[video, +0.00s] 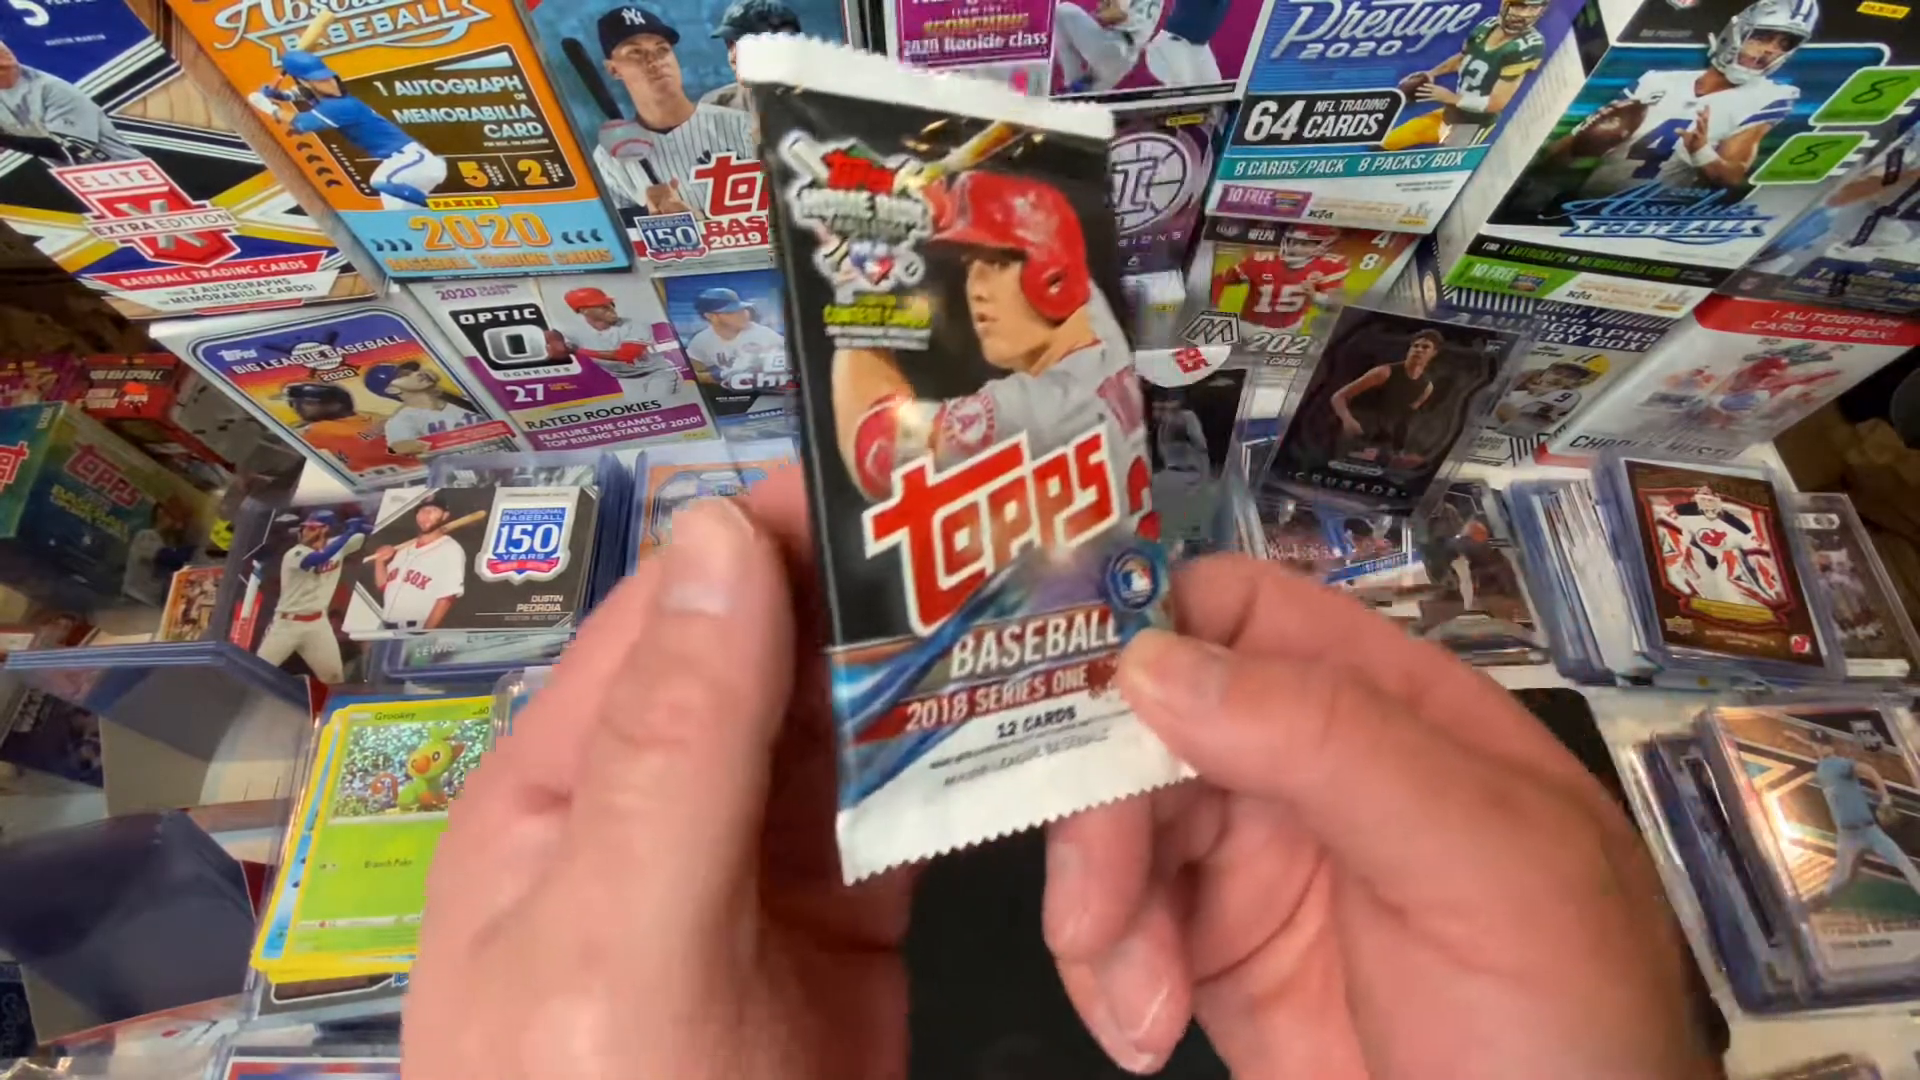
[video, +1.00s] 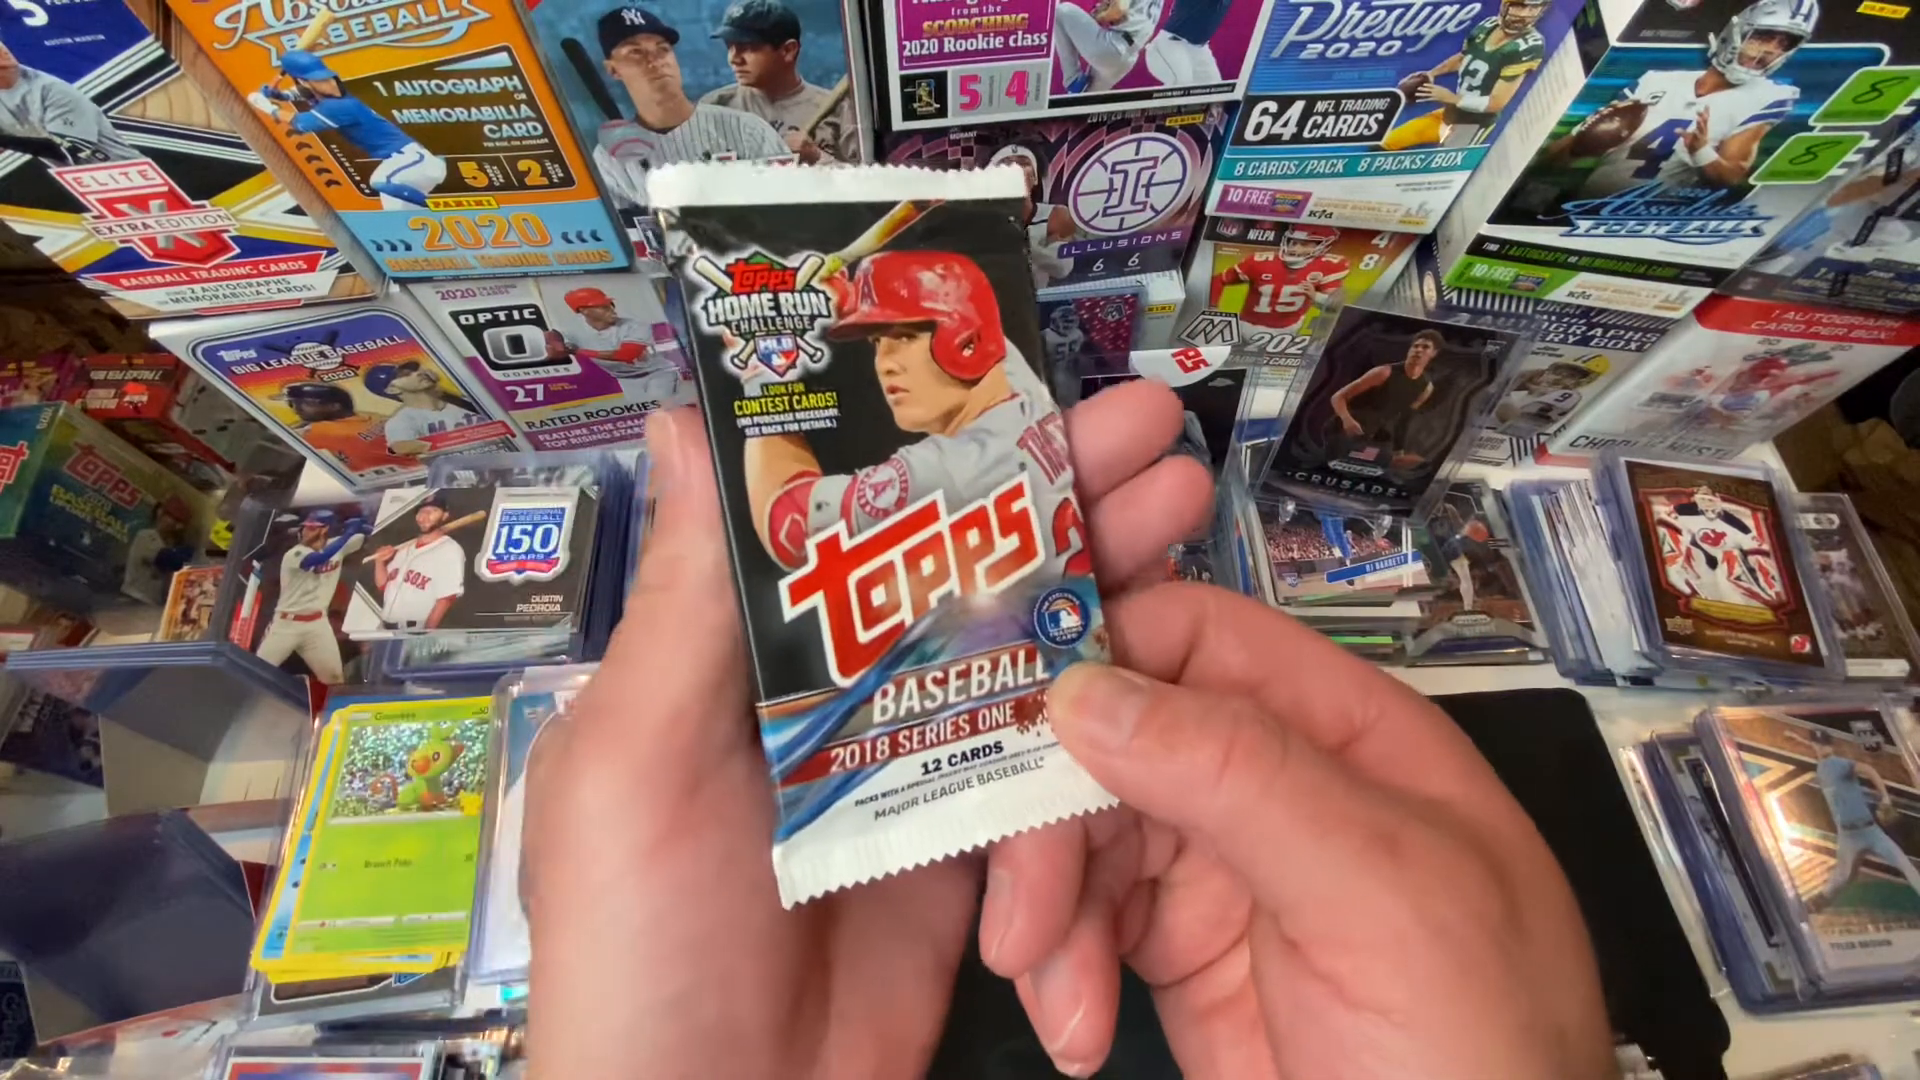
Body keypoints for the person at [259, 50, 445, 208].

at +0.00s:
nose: (330, 80)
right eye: (322, 78)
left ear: (310, 83)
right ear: (308, 83)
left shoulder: (343, 107)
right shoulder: (332, 102)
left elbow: (298, 123)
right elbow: (303, 92)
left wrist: (271, 109)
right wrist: (278, 95)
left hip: (415, 159)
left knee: (381, 179)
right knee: (399, 219)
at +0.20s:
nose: (331, 81)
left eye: (328, 77)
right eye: (323, 79)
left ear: (309, 83)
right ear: (306, 84)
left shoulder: (344, 106)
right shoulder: (332, 103)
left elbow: (300, 123)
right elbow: (302, 93)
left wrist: (272, 110)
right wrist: (278, 95)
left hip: (415, 158)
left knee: (381, 179)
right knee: (398, 222)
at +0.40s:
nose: (329, 80)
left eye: (327, 76)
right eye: (321, 78)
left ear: (308, 83)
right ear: (306, 83)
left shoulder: (343, 106)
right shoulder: (331, 102)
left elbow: (300, 123)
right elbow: (301, 92)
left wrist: (272, 110)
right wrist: (276, 94)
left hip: (415, 158)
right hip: (405, 166)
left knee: (381, 179)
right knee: (398, 222)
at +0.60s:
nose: (331, 80)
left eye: (328, 76)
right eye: (322, 78)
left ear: (309, 82)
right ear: (307, 83)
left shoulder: (343, 106)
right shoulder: (332, 103)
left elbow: (299, 122)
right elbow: (301, 92)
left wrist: (270, 108)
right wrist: (276, 94)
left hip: (415, 158)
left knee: (380, 179)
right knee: (398, 221)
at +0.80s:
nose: (299, 87)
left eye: (300, 82)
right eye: (299, 83)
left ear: (307, 83)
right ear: (325, 77)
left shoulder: (341, 106)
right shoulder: (335, 100)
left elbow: (298, 122)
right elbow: (305, 91)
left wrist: (269, 107)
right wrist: (279, 95)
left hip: (414, 157)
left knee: (380, 179)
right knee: (397, 222)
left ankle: (432, 212)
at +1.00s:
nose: (297, 87)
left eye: (298, 82)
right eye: (298, 83)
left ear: (306, 83)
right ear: (323, 77)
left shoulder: (341, 107)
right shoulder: (332, 100)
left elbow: (298, 122)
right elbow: (302, 93)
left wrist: (268, 108)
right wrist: (277, 95)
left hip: (414, 158)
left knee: (380, 180)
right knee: (397, 224)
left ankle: (432, 213)